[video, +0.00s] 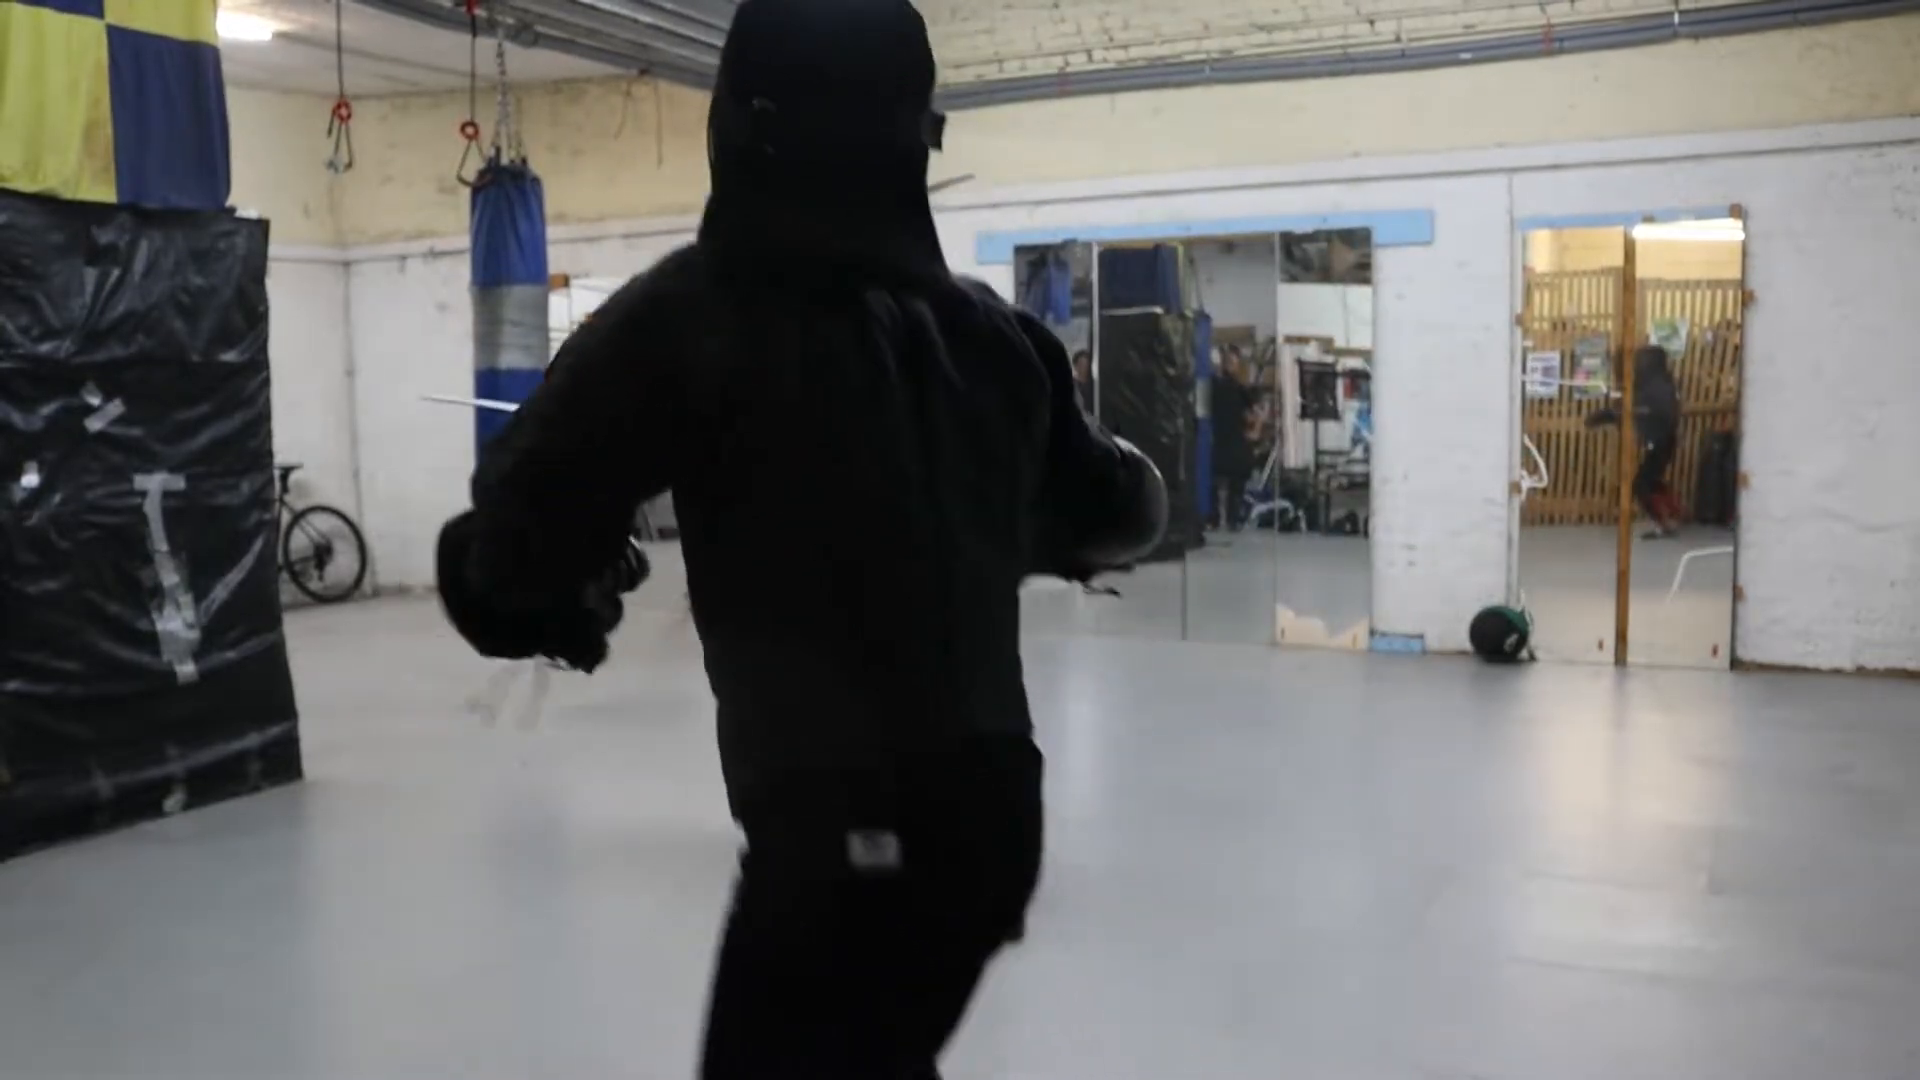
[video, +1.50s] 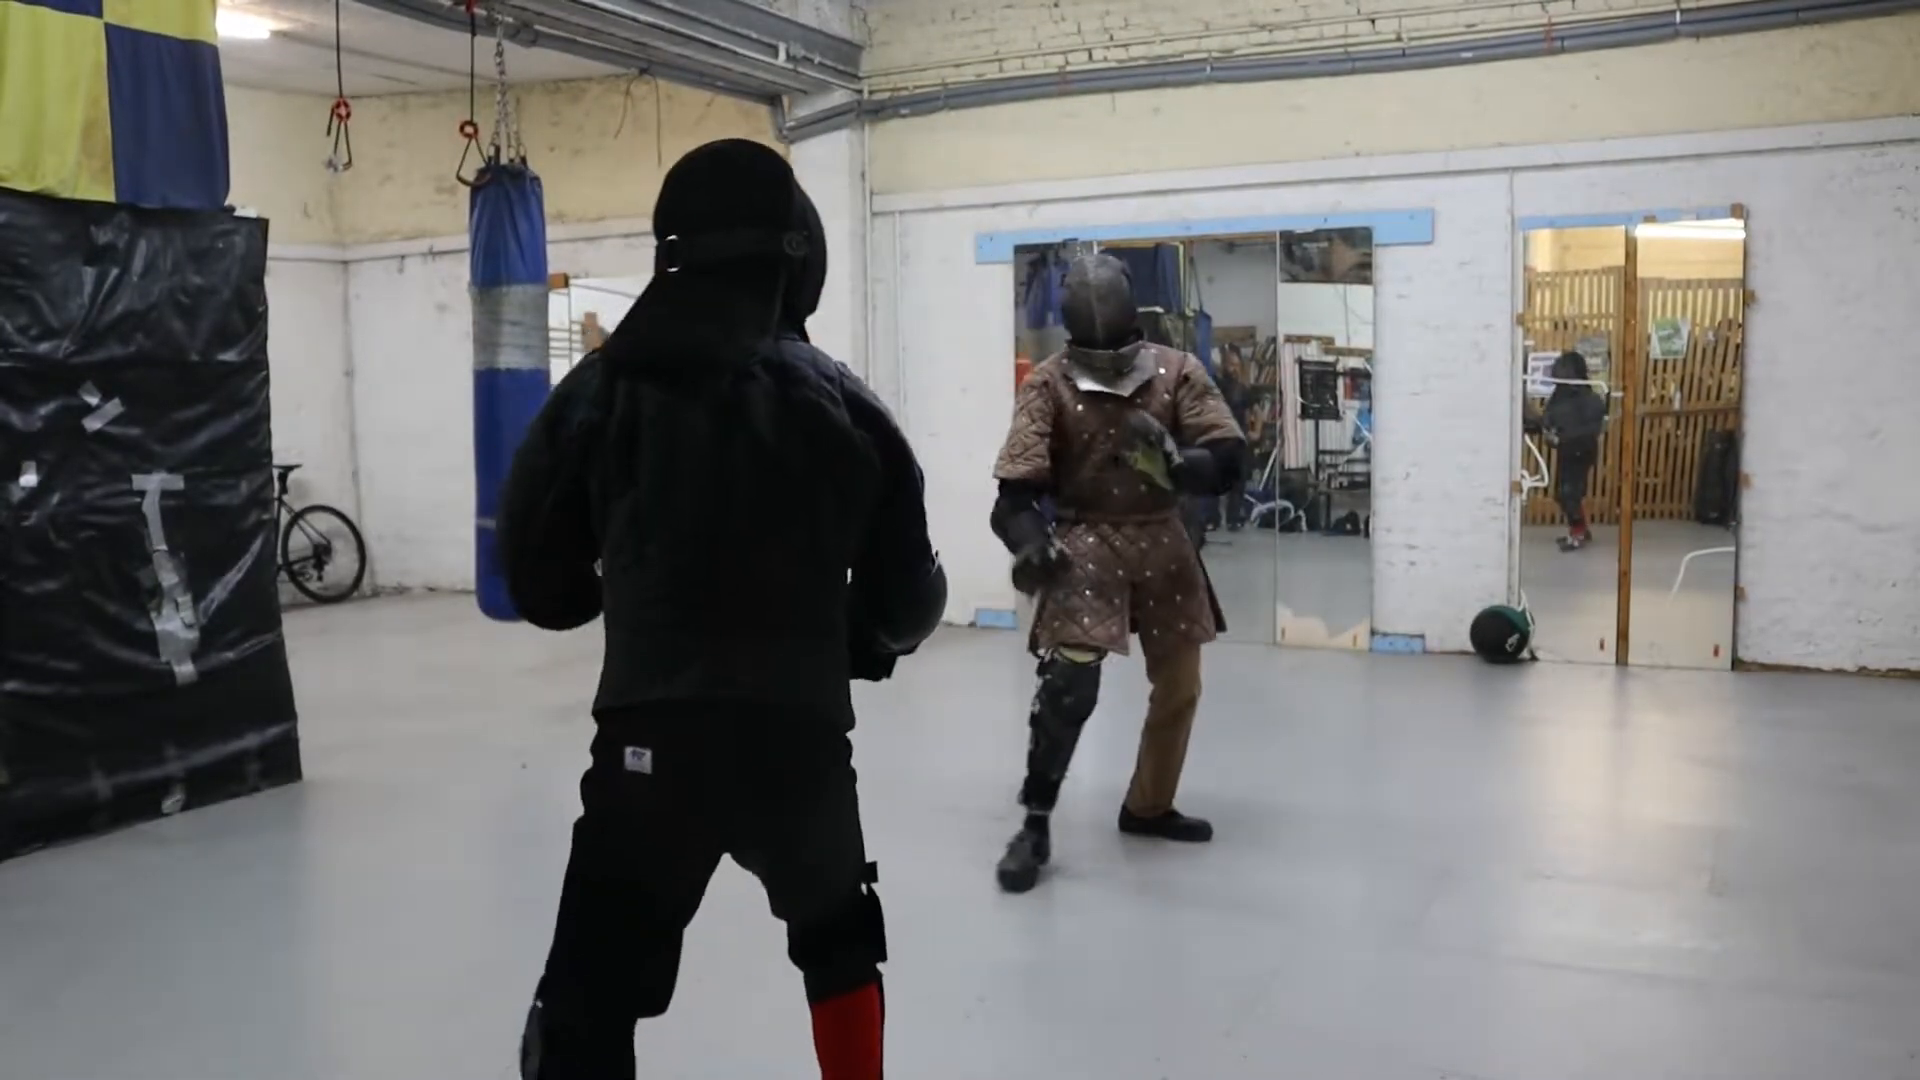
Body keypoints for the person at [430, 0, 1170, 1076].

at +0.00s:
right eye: (922, 117)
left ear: (743, 122)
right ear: (913, 131)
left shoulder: (688, 317)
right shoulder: (992, 337)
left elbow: (501, 575)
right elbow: (1105, 510)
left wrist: (583, 590)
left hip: (825, 829)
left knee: (767, 1066)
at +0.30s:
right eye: (869, 218)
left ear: (705, 233)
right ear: (865, 236)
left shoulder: (658, 424)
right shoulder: (935, 417)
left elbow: (580, 675)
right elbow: (1079, 576)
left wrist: (681, 557)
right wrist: (1028, 475)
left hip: (745, 828)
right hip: (901, 811)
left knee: (720, 1062)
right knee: (864, 1005)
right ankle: (861, 1060)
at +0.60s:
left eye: (749, 225)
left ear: (749, 238)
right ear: (872, 244)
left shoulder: (680, 380)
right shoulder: (922, 401)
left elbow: (589, 574)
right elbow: (1012, 572)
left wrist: (697, 550)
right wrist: (900, 603)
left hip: (733, 735)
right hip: (868, 730)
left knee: (666, 998)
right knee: (850, 921)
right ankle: (850, 1069)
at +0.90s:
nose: (824, 235)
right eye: (817, 216)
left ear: (687, 230)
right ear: (812, 226)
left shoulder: (619, 383)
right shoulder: (854, 354)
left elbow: (589, 571)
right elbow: (1036, 461)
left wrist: (703, 580)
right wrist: (945, 485)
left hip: (693, 717)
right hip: (838, 709)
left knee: (629, 970)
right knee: (858, 916)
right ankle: (854, 1068)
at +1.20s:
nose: (778, 268)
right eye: (770, 247)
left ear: (623, 262)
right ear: (754, 260)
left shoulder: (557, 416)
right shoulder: (813, 403)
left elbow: (525, 617)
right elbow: (935, 576)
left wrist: (628, 644)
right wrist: (819, 646)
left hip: (636, 776)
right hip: (792, 770)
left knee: (582, 1027)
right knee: (834, 941)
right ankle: (846, 1070)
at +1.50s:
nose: (805, 265)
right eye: (799, 246)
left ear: (672, 253)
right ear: (794, 257)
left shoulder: (601, 392)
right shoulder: (839, 403)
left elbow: (537, 580)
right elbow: (911, 594)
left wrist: (617, 580)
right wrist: (852, 638)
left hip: (648, 754)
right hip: (797, 753)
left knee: (590, 998)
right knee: (838, 936)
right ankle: (856, 1078)